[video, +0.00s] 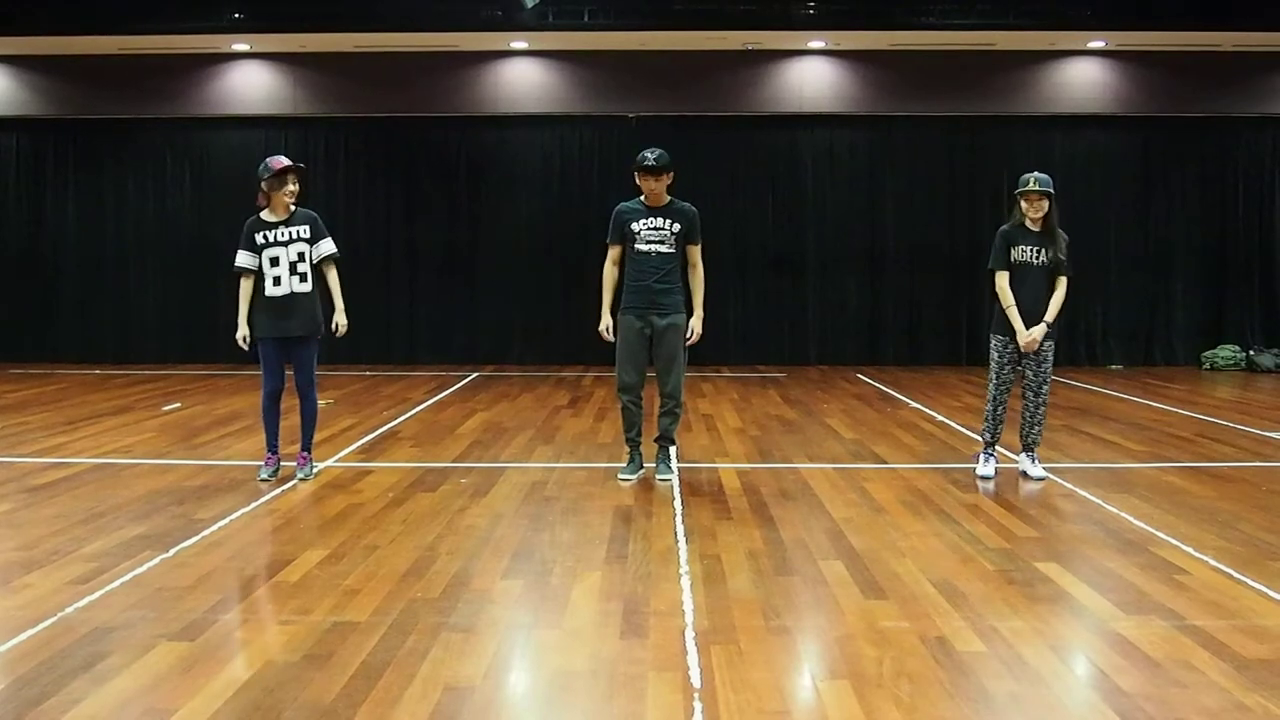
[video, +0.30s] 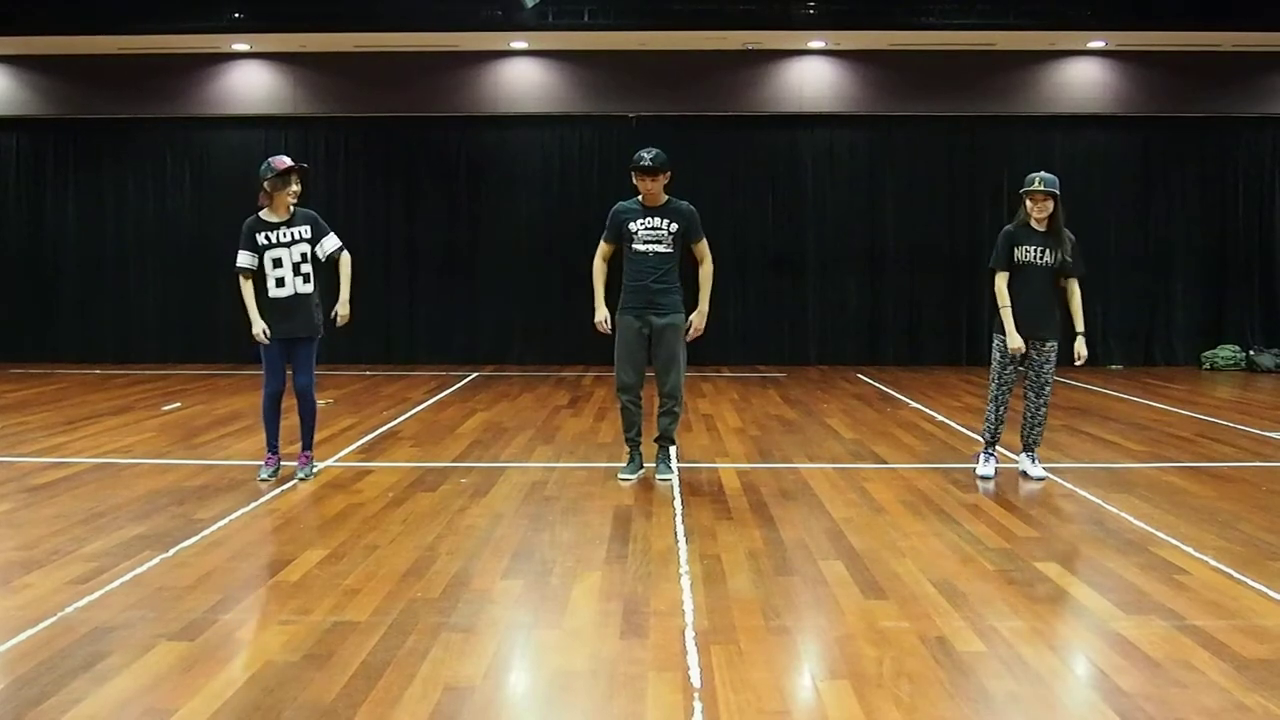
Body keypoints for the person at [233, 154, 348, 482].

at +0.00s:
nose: (292, 189)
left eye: (294, 183)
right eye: (284, 184)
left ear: (298, 185)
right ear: (267, 188)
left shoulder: (309, 220)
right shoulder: (254, 226)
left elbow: (328, 266)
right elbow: (247, 276)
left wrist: (339, 308)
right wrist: (242, 322)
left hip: (306, 320)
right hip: (267, 322)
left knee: (306, 387)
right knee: (272, 388)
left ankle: (305, 454)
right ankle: (271, 455)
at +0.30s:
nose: (294, 188)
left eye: (296, 182)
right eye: (286, 183)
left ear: (299, 185)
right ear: (269, 188)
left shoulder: (310, 220)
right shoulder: (253, 226)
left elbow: (342, 255)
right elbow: (245, 275)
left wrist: (343, 300)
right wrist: (255, 319)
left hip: (306, 321)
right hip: (271, 322)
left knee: (304, 387)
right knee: (274, 387)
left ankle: (306, 454)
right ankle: (272, 455)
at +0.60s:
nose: (309, 190)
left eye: (311, 184)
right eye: (300, 185)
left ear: (314, 186)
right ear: (283, 189)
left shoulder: (322, 224)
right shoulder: (269, 230)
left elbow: (329, 273)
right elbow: (262, 283)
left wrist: (348, 311)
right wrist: (281, 324)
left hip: (320, 321)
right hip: (282, 322)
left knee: (319, 387)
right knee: (278, 389)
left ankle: (318, 459)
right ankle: (272, 454)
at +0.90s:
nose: (336, 199)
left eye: (338, 192)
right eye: (329, 194)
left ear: (341, 193)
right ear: (309, 195)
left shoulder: (346, 223)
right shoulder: (293, 226)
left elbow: (374, 266)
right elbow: (286, 270)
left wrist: (365, 248)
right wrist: (326, 246)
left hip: (341, 318)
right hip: (307, 317)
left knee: (331, 389)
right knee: (328, 382)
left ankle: (320, 460)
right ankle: (295, 429)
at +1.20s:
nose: (355, 183)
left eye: (356, 177)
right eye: (346, 179)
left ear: (358, 181)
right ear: (330, 185)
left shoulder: (370, 222)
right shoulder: (320, 224)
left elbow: (388, 265)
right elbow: (336, 259)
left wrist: (389, 228)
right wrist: (355, 217)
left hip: (362, 314)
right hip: (331, 316)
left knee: (344, 393)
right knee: (357, 388)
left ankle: (320, 458)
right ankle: (350, 468)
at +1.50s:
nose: (386, 173)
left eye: (383, 168)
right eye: (378, 169)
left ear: (372, 179)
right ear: (361, 179)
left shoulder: (388, 216)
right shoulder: (355, 221)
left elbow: (424, 245)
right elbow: (397, 243)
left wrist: (421, 210)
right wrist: (394, 205)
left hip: (394, 318)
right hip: (359, 321)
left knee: (419, 383)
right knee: (354, 394)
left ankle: (410, 463)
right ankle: (349, 469)